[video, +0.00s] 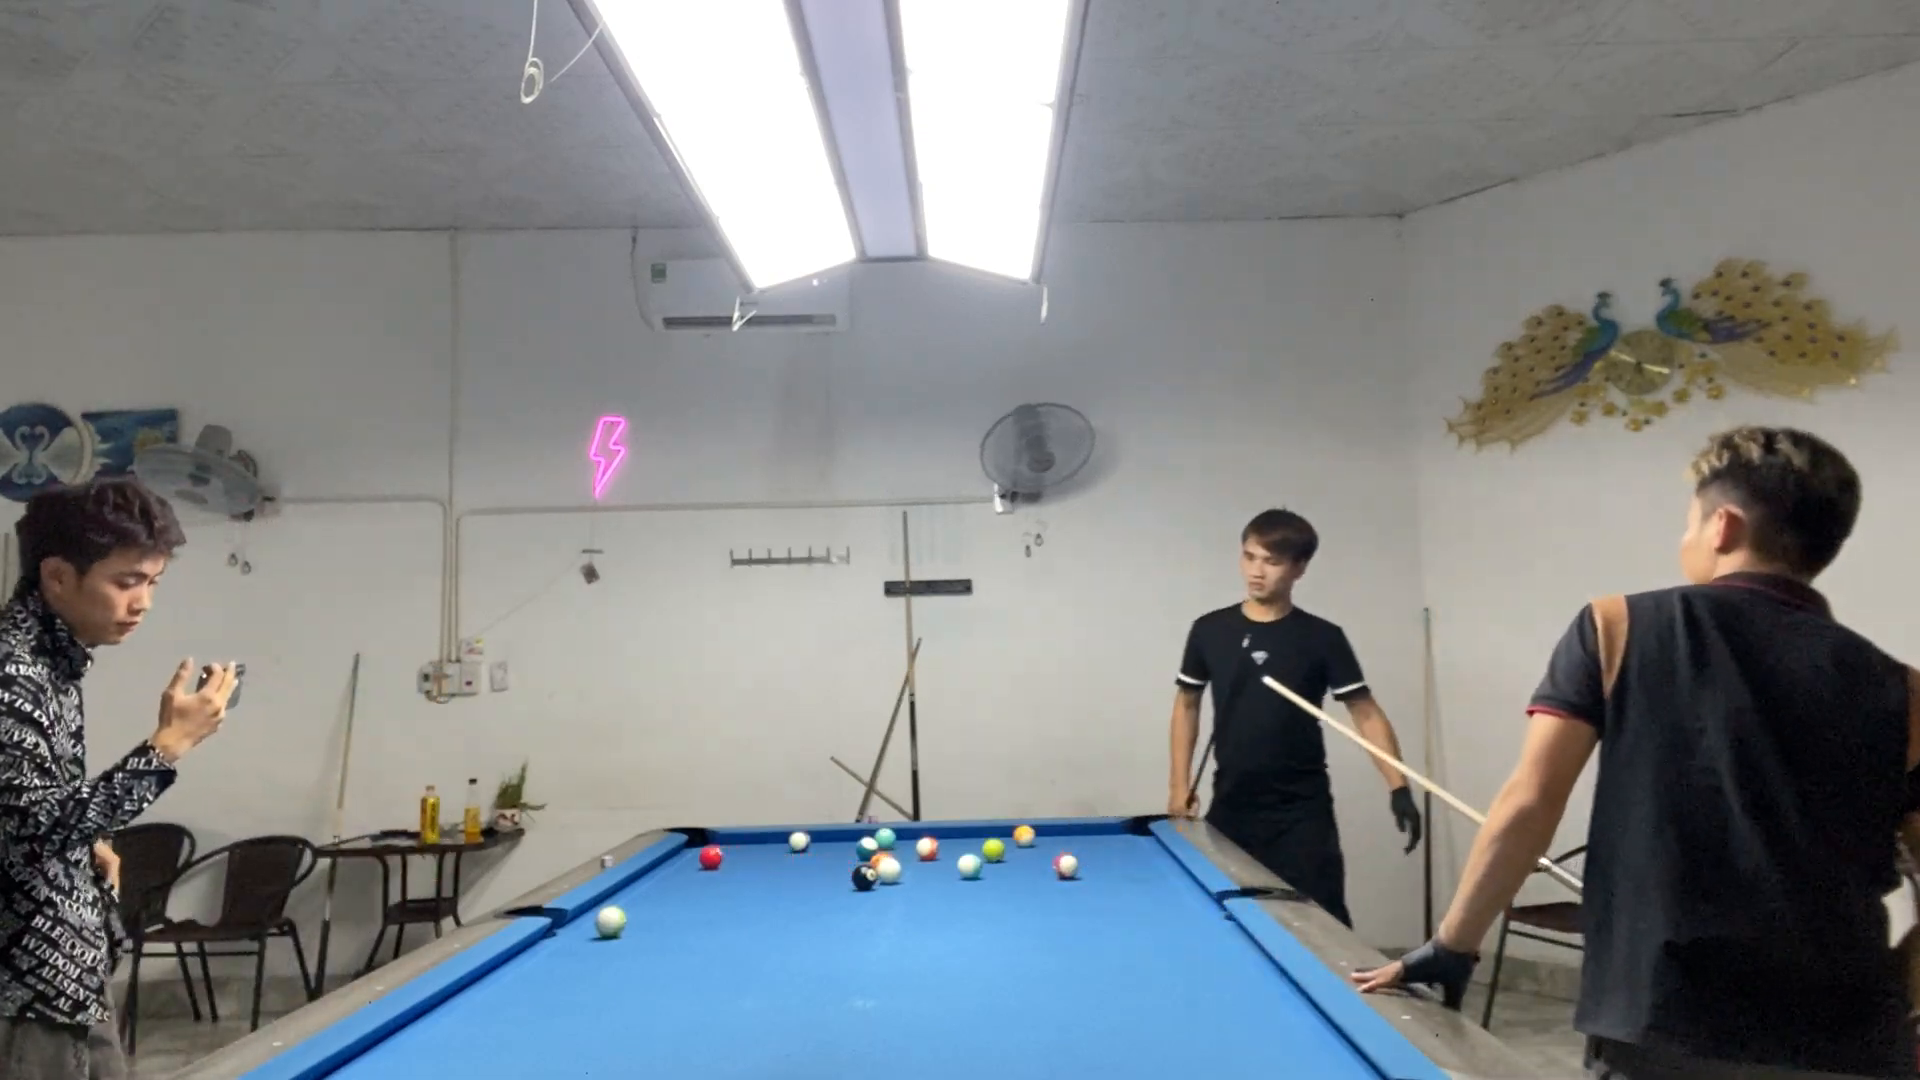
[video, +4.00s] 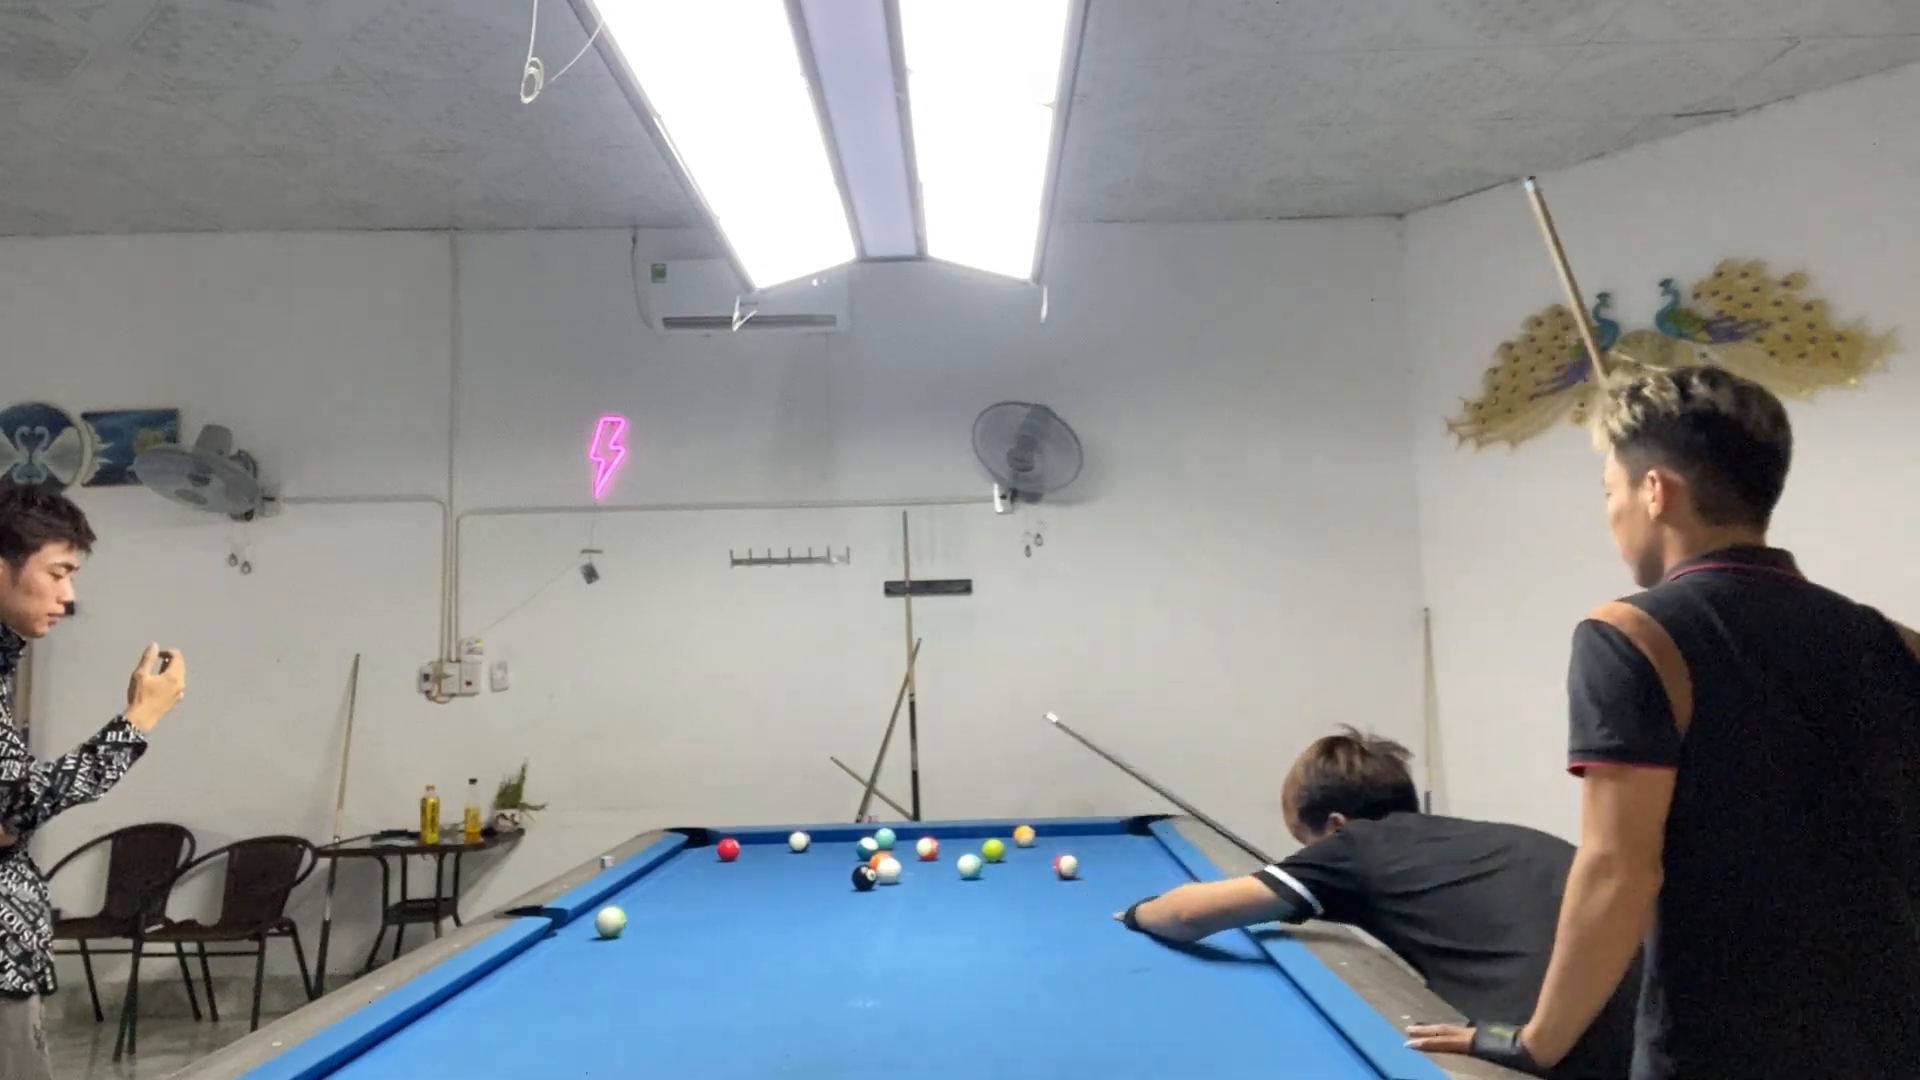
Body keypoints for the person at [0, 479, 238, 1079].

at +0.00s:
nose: (142, 603)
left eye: (150, 582)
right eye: (126, 582)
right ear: (58, 577)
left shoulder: (57, 659)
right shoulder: (13, 675)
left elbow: (51, 788)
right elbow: (41, 829)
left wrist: (89, 840)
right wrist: (168, 745)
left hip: (80, 978)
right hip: (27, 997)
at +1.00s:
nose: (75, 583)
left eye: (74, 564)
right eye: (60, 561)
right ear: (6, 565)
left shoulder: (12, 668)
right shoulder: (6, 672)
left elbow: (32, 792)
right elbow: (24, 801)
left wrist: (133, 713)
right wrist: (137, 714)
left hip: (29, 968)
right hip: (15, 973)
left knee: (40, 1066)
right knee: (34, 1068)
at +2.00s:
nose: (69, 590)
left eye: (69, 569)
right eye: (57, 565)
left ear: (17, 566)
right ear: (5, 565)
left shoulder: (6, 665)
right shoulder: (4, 668)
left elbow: (18, 798)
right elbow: (15, 802)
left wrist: (128, 724)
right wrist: (132, 724)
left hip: (17, 975)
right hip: (9, 977)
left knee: (29, 1069)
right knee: (26, 1070)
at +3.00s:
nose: (70, 588)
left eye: (71, 569)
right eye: (56, 565)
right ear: (6, 567)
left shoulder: (9, 667)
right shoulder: (5, 670)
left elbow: (25, 795)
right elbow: (25, 799)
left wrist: (14, 824)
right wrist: (139, 720)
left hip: (20, 972)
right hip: (11, 974)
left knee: (30, 1069)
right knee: (26, 1070)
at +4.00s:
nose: (69, 596)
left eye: (71, 576)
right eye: (58, 572)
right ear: (4, 568)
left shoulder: (3, 671)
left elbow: (21, 791)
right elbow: (20, 800)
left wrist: (12, 824)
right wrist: (137, 722)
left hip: (16, 973)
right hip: (6, 976)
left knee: (29, 1069)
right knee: (25, 1070)